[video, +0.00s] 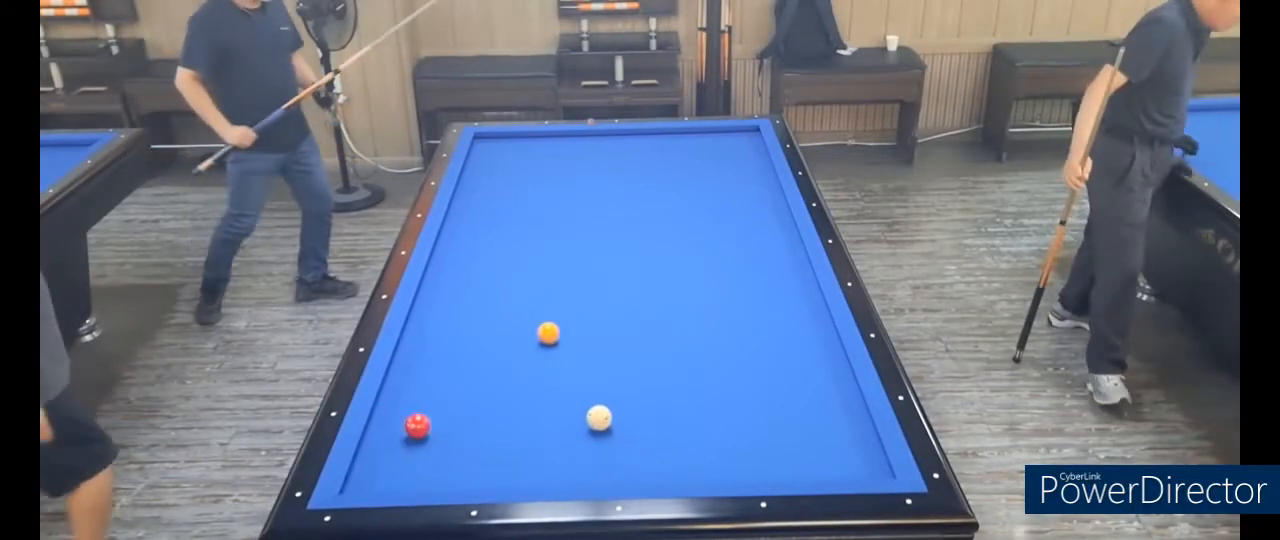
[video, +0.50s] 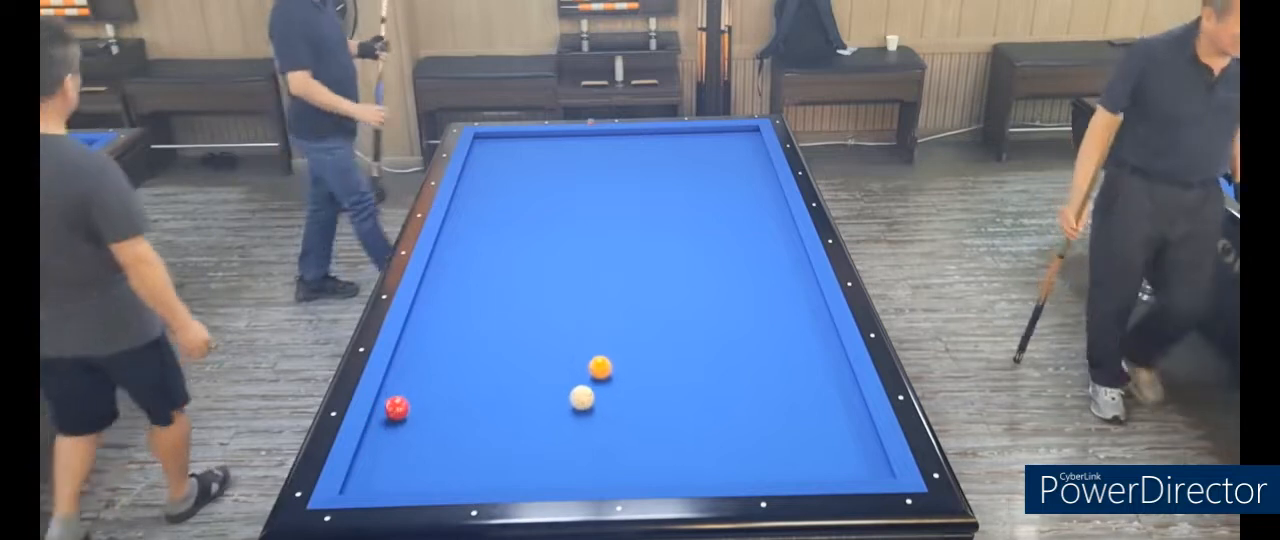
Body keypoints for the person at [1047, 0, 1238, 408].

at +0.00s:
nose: (1237, 15)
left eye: (1238, 8)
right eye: (1236, 6)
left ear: (1217, 4)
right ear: (1215, 1)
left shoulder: (1194, 28)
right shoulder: (1163, 26)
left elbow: (1154, 91)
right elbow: (1099, 87)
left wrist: (1164, 140)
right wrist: (1076, 156)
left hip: (1150, 155)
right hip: (1123, 155)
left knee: (1105, 237)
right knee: (1122, 266)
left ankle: (1071, 306)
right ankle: (1104, 367)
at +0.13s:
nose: (1239, 24)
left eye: (1241, 15)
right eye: (1237, 13)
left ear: (1212, 7)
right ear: (1208, 4)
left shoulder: (1202, 41)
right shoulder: (1158, 39)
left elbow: (1168, 101)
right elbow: (1095, 99)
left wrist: (1185, 144)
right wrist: (1068, 171)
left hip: (1159, 167)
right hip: (1122, 166)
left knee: (1111, 238)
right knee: (1124, 271)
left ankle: (1073, 304)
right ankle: (1108, 377)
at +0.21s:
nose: (1240, 29)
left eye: (1242, 20)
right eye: (1238, 17)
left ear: (1212, 9)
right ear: (1208, 6)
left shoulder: (1209, 49)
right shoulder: (1155, 43)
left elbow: (1197, 108)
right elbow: (1095, 105)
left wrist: (1204, 155)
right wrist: (1066, 174)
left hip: (1165, 173)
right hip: (1120, 167)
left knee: (1121, 243)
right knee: (1127, 273)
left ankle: (1076, 303)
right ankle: (1109, 381)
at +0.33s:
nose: (1240, 31)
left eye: (1242, 22)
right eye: (1235, 20)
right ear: (1205, 10)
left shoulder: (1229, 61)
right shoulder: (1151, 49)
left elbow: (1217, 118)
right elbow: (1096, 112)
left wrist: (1226, 174)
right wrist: (1066, 185)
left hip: (1179, 187)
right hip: (1124, 180)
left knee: (1172, 274)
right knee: (1121, 282)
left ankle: (1101, 299)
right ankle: (1107, 380)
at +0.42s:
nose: (1236, 40)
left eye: (1240, 32)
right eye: (1232, 27)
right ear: (1205, 13)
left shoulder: (1232, 64)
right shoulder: (1150, 51)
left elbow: (1227, 127)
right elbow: (1098, 114)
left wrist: (1234, 185)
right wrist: (1069, 190)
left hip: (1187, 192)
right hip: (1127, 186)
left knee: (1173, 281)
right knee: (1118, 289)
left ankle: (1109, 313)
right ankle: (1107, 380)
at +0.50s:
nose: (1237, 49)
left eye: (1241, 41)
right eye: (1233, 38)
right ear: (1207, 19)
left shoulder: (1235, 71)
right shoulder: (1148, 56)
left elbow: (1233, 136)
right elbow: (1102, 125)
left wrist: (1235, 183)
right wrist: (1076, 196)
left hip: (1200, 201)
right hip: (1134, 194)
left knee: (1188, 303)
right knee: (1113, 293)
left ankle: (1136, 355)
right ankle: (1106, 379)